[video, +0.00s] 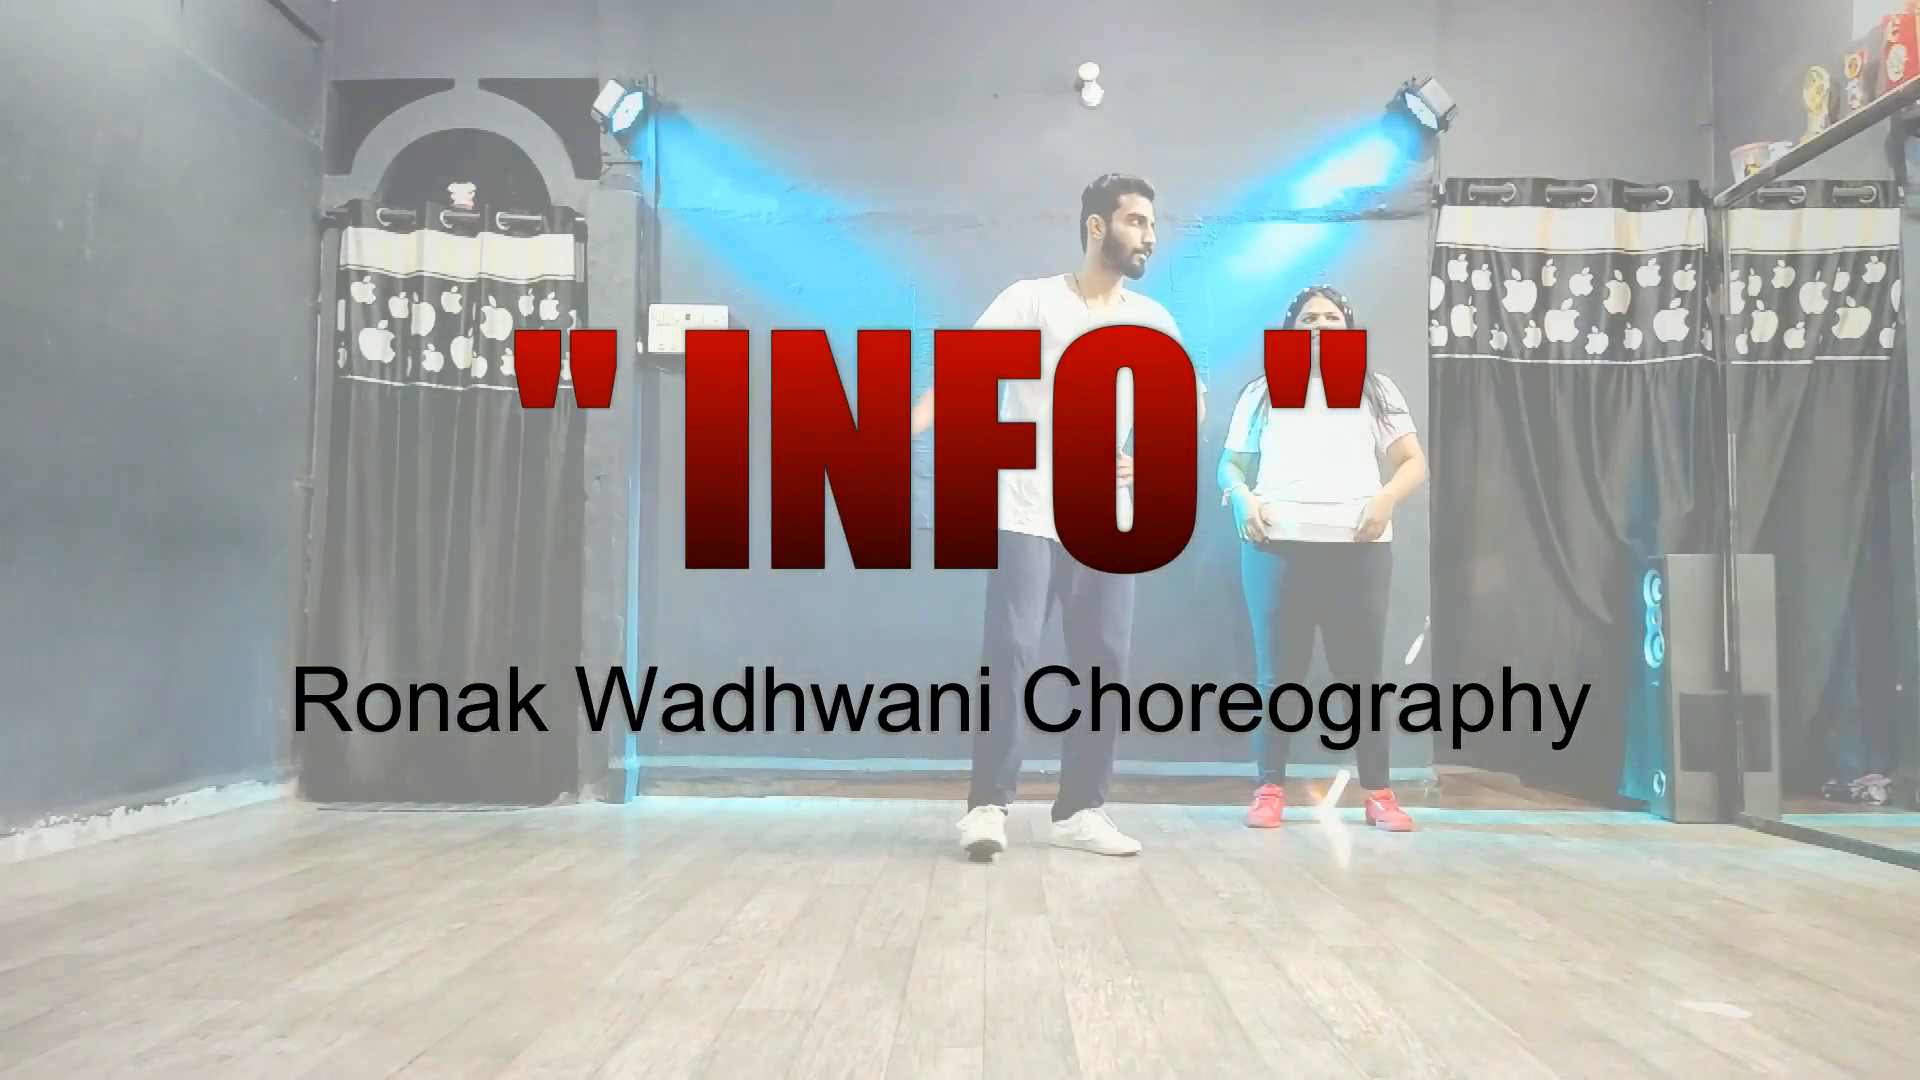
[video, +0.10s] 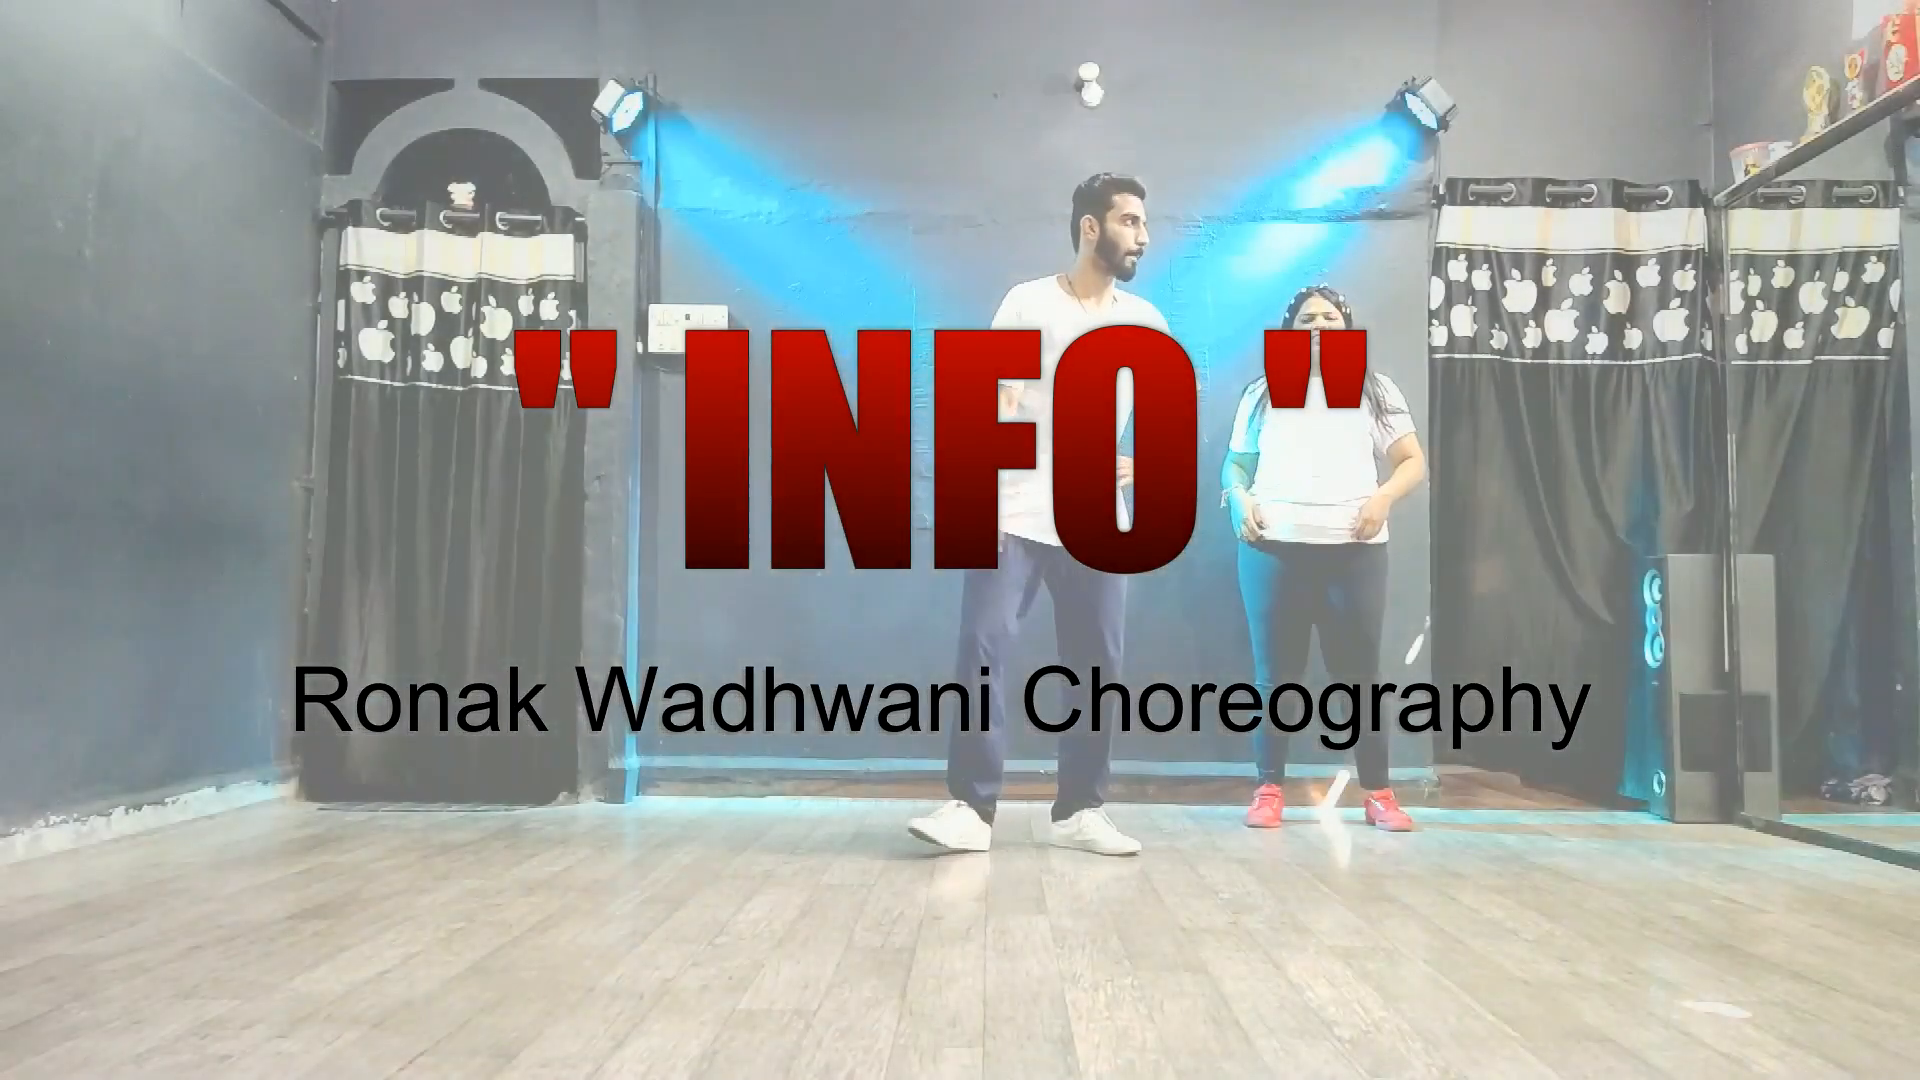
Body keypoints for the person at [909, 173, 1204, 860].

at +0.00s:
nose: (1147, 234)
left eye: (1151, 224)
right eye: (1135, 221)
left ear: (1151, 237)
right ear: (1095, 227)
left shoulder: (1156, 322)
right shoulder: (1026, 303)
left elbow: (1183, 417)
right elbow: (954, 383)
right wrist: (895, 439)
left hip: (1112, 517)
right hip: (1028, 510)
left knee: (1104, 659)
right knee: (1012, 650)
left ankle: (1080, 807)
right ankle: (988, 804)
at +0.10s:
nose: (1141, 233)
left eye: (1144, 222)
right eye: (1128, 220)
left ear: (1138, 234)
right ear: (1088, 226)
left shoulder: (1147, 320)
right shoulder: (1023, 304)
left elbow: (1166, 424)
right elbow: (979, 408)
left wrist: (1151, 511)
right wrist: (965, 508)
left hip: (1099, 523)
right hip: (1011, 515)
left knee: (1099, 661)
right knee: (982, 649)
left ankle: (1079, 810)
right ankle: (971, 806)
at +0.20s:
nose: (1132, 236)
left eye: (1134, 225)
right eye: (1119, 223)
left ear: (1126, 236)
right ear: (1079, 230)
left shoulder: (1136, 326)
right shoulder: (1019, 306)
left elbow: (1153, 429)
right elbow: (999, 412)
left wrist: (1129, 493)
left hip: (1092, 526)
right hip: (1006, 519)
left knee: (1097, 660)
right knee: (964, 644)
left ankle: (1079, 809)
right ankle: (965, 810)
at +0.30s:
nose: (1114, 239)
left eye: (1116, 228)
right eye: (1100, 226)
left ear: (1106, 240)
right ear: (1061, 234)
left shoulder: (1117, 329)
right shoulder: (1005, 308)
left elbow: (1140, 435)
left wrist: (1064, 417)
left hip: (1080, 531)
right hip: (997, 528)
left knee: (1098, 658)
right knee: (949, 645)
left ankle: (1078, 808)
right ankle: (959, 814)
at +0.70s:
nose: (1046, 229)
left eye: (1046, 217)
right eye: (1032, 217)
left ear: (1019, 229)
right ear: (993, 226)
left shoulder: (1051, 310)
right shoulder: (941, 307)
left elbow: (1103, 391)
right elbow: (951, 424)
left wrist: (1075, 454)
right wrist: (1005, 508)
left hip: (1028, 504)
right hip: (950, 507)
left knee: (1053, 656)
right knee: (929, 660)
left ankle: (1070, 805)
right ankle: (897, 807)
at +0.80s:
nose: (1030, 230)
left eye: (1030, 218)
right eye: (1017, 219)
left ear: (1008, 230)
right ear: (977, 229)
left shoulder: (1038, 312)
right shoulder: (925, 312)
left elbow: (1087, 385)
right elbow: (917, 422)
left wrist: (1059, 463)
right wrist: (920, 526)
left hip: (1019, 517)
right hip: (937, 518)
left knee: (1050, 654)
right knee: (918, 664)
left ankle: (1068, 805)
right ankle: (898, 807)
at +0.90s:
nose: (992, 245)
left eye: (994, 233)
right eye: (976, 234)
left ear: (995, 244)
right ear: (935, 247)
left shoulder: (1014, 321)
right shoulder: (892, 329)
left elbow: (1075, 390)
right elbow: (843, 420)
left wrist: (1045, 471)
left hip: (1002, 518)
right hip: (919, 519)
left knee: (1061, 647)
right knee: (914, 659)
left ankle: (1068, 806)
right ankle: (898, 809)